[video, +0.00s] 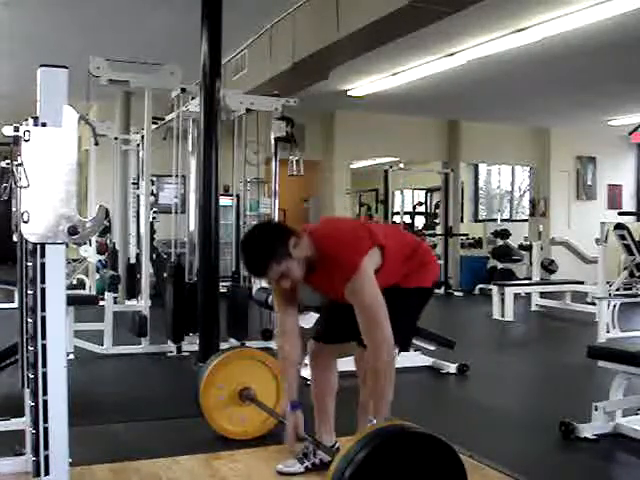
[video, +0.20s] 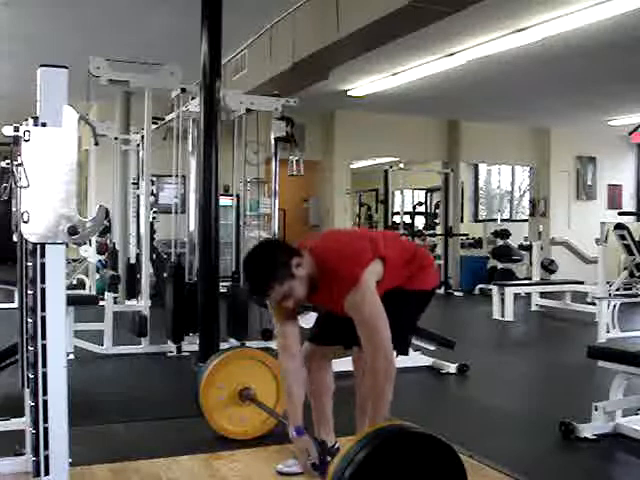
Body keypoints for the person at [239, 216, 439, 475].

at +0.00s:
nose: (284, 285)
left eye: (284, 275)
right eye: (276, 281)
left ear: (295, 247)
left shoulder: (348, 261)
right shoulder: (283, 266)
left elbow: (383, 351)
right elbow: (288, 341)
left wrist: (379, 431)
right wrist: (292, 406)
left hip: (408, 275)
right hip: (356, 280)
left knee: (368, 357)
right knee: (322, 352)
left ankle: (367, 448)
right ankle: (325, 444)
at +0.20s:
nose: (285, 307)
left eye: (287, 296)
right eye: (277, 302)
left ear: (299, 266)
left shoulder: (348, 275)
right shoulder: (281, 286)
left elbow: (383, 360)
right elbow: (290, 355)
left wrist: (372, 441)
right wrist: (296, 430)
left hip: (409, 278)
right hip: (355, 286)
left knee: (364, 357)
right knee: (316, 356)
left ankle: (366, 449)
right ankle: (324, 446)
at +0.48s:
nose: (294, 333)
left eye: (295, 322)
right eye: (286, 328)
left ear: (306, 295)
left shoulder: (356, 292)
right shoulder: (284, 318)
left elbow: (385, 376)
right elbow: (299, 387)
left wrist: (373, 451)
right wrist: (318, 458)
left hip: (407, 291)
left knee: (360, 363)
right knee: (308, 367)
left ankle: (366, 452)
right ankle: (322, 447)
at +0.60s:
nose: (296, 335)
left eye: (296, 324)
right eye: (287, 331)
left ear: (307, 296)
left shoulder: (358, 293)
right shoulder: (285, 325)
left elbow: (386, 376)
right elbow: (304, 393)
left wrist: (373, 453)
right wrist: (326, 464)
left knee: (359, 365)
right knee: (308, 370)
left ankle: (366, 455)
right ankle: (322, 453)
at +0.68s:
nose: (296, 337)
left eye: (296, 326)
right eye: (287, 333)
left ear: (307, 297)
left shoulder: (360, 295)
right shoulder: (285, 326)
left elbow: (386, 376)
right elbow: (306, 394)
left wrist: (373, 453)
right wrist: (329, 465)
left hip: (407, 293)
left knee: (358, 364)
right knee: (308, 371)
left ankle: (366, 455)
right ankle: (322, 453)